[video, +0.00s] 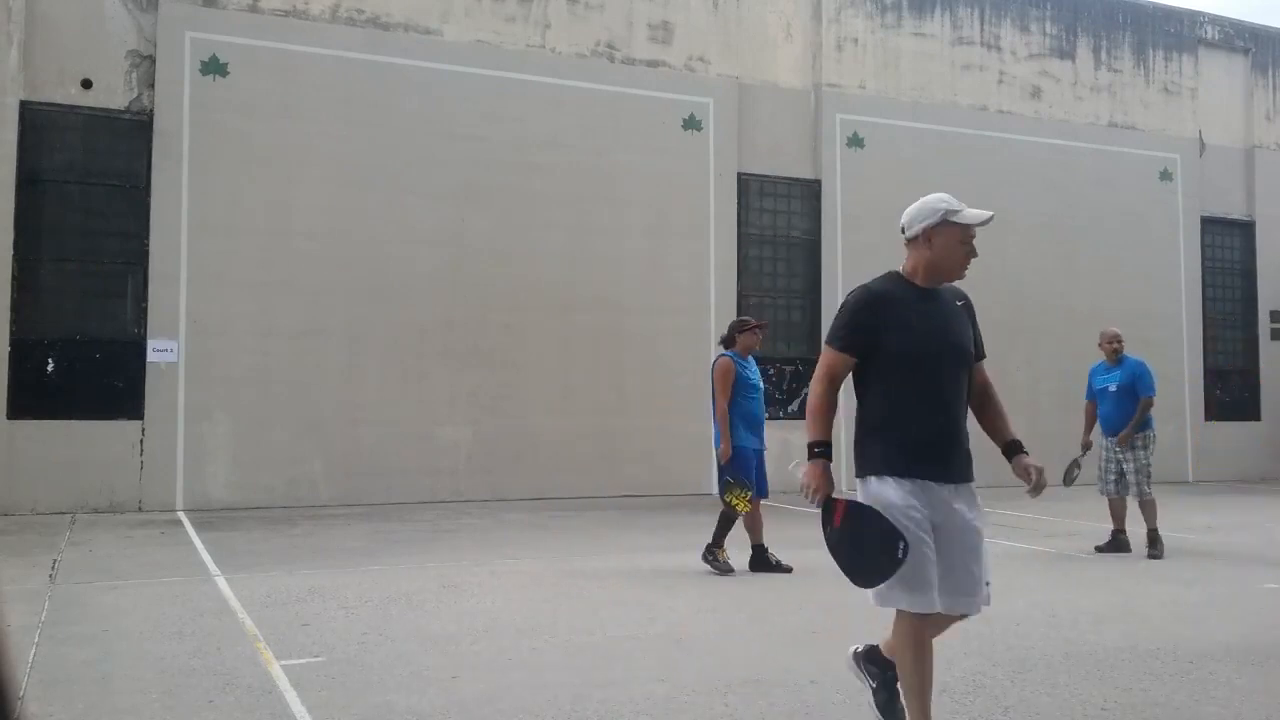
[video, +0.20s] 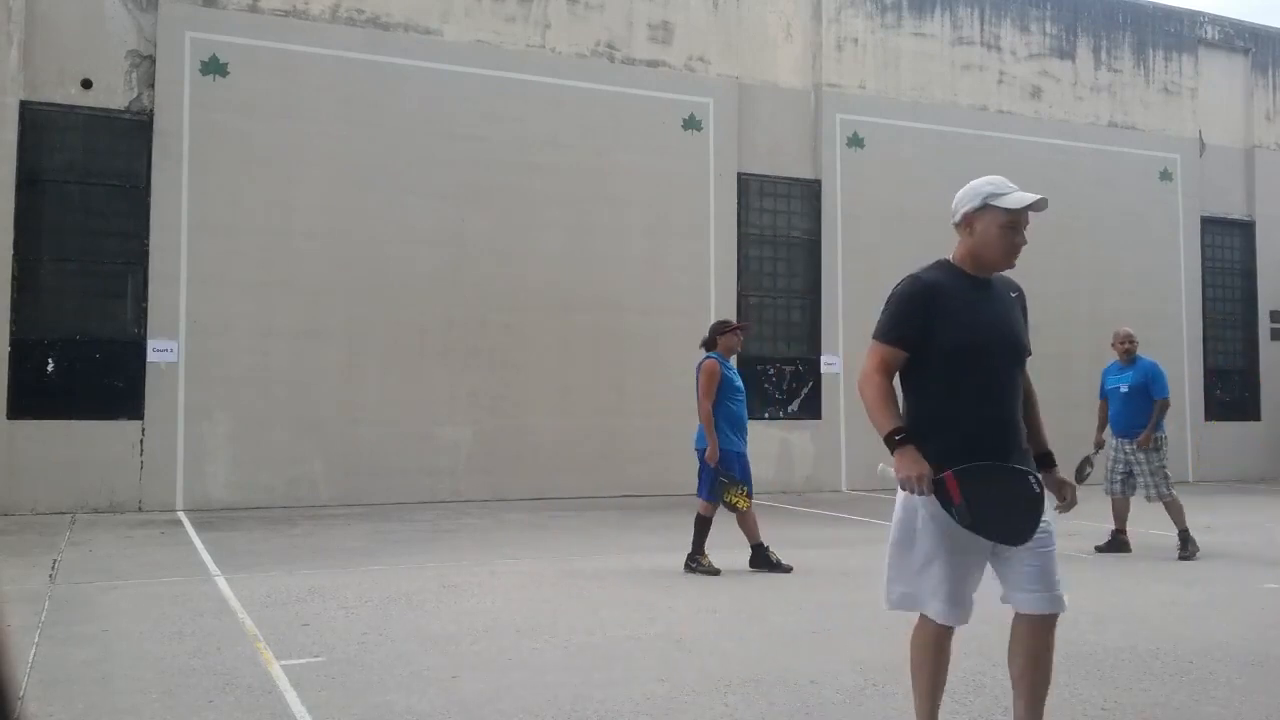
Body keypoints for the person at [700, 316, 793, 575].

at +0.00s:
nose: (759, 336)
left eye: (760, 332)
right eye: (754, 332)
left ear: (752, 338)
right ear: (739, 336)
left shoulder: (749, 363)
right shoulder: (726, 363)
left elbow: (751, 404)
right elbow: (721, 404)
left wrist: (759, 440)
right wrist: (725, 441)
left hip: (755, 442)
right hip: (737, 442)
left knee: (754, 498)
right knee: (738, 496)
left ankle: (759, 554)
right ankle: (715, 548)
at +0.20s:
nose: (740, 338)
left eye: (740, 334)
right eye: (735, 334)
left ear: (730, 339)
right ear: (720, 338)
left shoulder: (728, 366)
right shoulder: (711, 364)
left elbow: (727, 407)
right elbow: (704, 404)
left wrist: (738, 444)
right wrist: (712, 444)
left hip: (735, 447)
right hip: (717, 446)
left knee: (743, 502)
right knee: (709, 500)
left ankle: (759, 553)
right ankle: (696, 556)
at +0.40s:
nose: (718, 336)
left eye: (717, 332)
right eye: (714, 332)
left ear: (704, 337)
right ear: (699, 336)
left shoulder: (703, 363)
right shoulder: (689, 362)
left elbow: (703, 405)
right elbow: (684, 403)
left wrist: (714, 438)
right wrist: (698, 438)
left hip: (713, 441)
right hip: (693, 442)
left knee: (723, 493)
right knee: (690, 496)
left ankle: (723, 551)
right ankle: (693, 555)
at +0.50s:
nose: (706, 338)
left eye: (705, 334)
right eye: (701, 334)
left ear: (693, 339)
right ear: (686, 337)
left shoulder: (691, 364)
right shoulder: (677, 363)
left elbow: (689, 404)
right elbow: (671, 404)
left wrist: (704, 439)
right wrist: (681, 441)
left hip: (703, 442)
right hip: (686, 443)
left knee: (711, 492)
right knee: (685, 496)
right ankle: (691, 553)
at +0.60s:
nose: (694, 340)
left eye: (693, 336)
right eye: (689, 336)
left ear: (684, 341)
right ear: (673, 340)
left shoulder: (679, 366)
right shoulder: (664, 366)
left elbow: (677, 406)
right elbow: (655, 405)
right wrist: (662, 444)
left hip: (691, 443)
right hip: (678, 443)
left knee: (681, 498)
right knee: (678, 499)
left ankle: (643, 535)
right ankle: (692, 555)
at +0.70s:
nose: (682, 343)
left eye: (682, 339)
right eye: (677, 338)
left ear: (673, 343)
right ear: (661, 342)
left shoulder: (670, 368)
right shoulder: (651, 368)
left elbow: (674, 408)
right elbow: (639, 408)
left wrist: (691, 436)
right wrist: (640, 446)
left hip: (674, 445)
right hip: (663, 445)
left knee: (653, 501)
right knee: (674, 501)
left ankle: (621, 546)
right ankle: (691, 555)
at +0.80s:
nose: (671, 346)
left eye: (672, 342)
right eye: (667, 342)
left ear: (666, 346)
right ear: (652, 343)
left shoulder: (659, 370)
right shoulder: (639, 368)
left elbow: (667, 409)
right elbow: (625, 409)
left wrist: (692, 434)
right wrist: (622, 447)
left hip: (647, 445)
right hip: (649, 446)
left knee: (629, 499)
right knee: (667, 499)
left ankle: (615, 552)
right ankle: (687, 555)